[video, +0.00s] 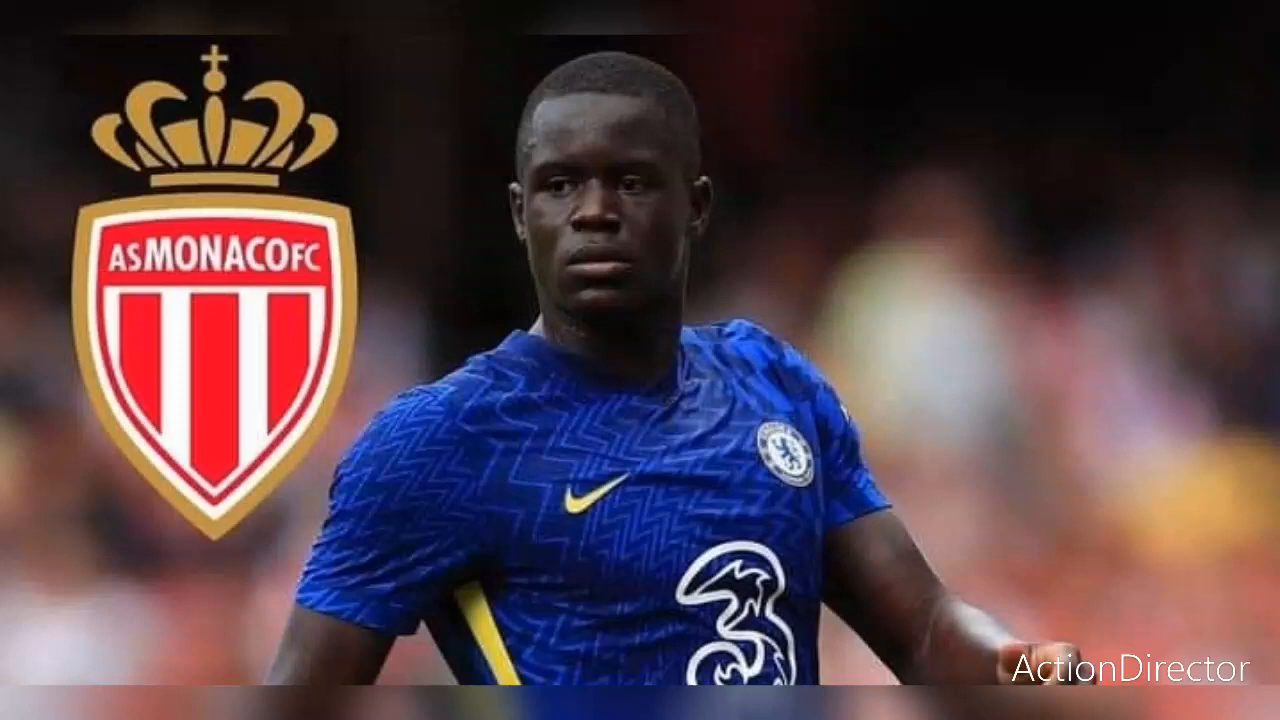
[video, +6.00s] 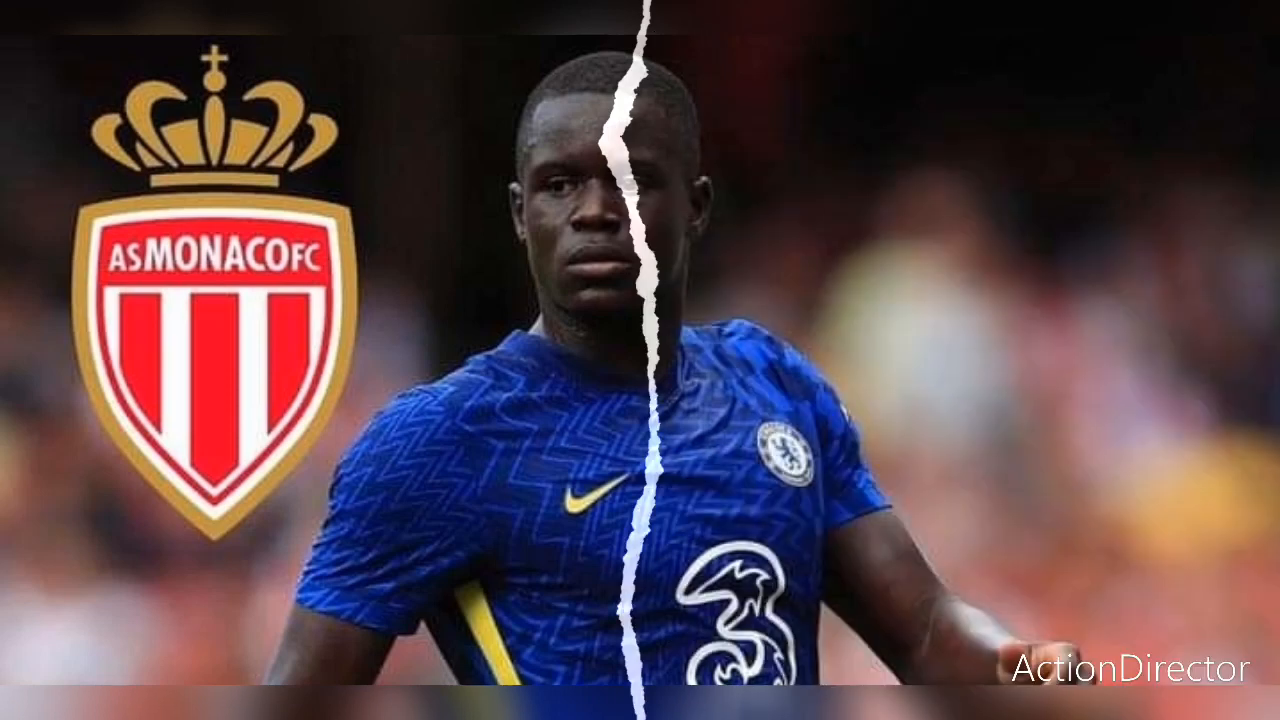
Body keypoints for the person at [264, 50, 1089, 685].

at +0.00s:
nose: (595, 210)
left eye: (633, 178)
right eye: (560, 181)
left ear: (697, 208)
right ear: (522, 214)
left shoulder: (771, 385)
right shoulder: (433, 444)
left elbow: (921, 627)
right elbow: (302, 690)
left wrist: (1020, 676)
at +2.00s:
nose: (595, 209)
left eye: (633, 178)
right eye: (560, 181)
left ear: (697, 207)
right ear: (523, 215)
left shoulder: (770, 385)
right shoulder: (433, 445)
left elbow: (920, 626)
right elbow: (301, 691)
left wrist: (1018, 675)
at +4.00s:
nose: (595, 210)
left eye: (633, 178)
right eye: (560, 181)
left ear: (697, 209)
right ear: (522, 216)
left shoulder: (770, 385)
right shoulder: (433, 444)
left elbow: (921, 626)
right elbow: (301, 691)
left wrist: (1021, 675)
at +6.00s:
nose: (600, 209)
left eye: (636, 177)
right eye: (562, 180)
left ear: (698, 206)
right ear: (521, 213)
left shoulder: (773, 388)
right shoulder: (431, 444)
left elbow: (920, 625)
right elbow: (301, 691)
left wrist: (1019, 673)